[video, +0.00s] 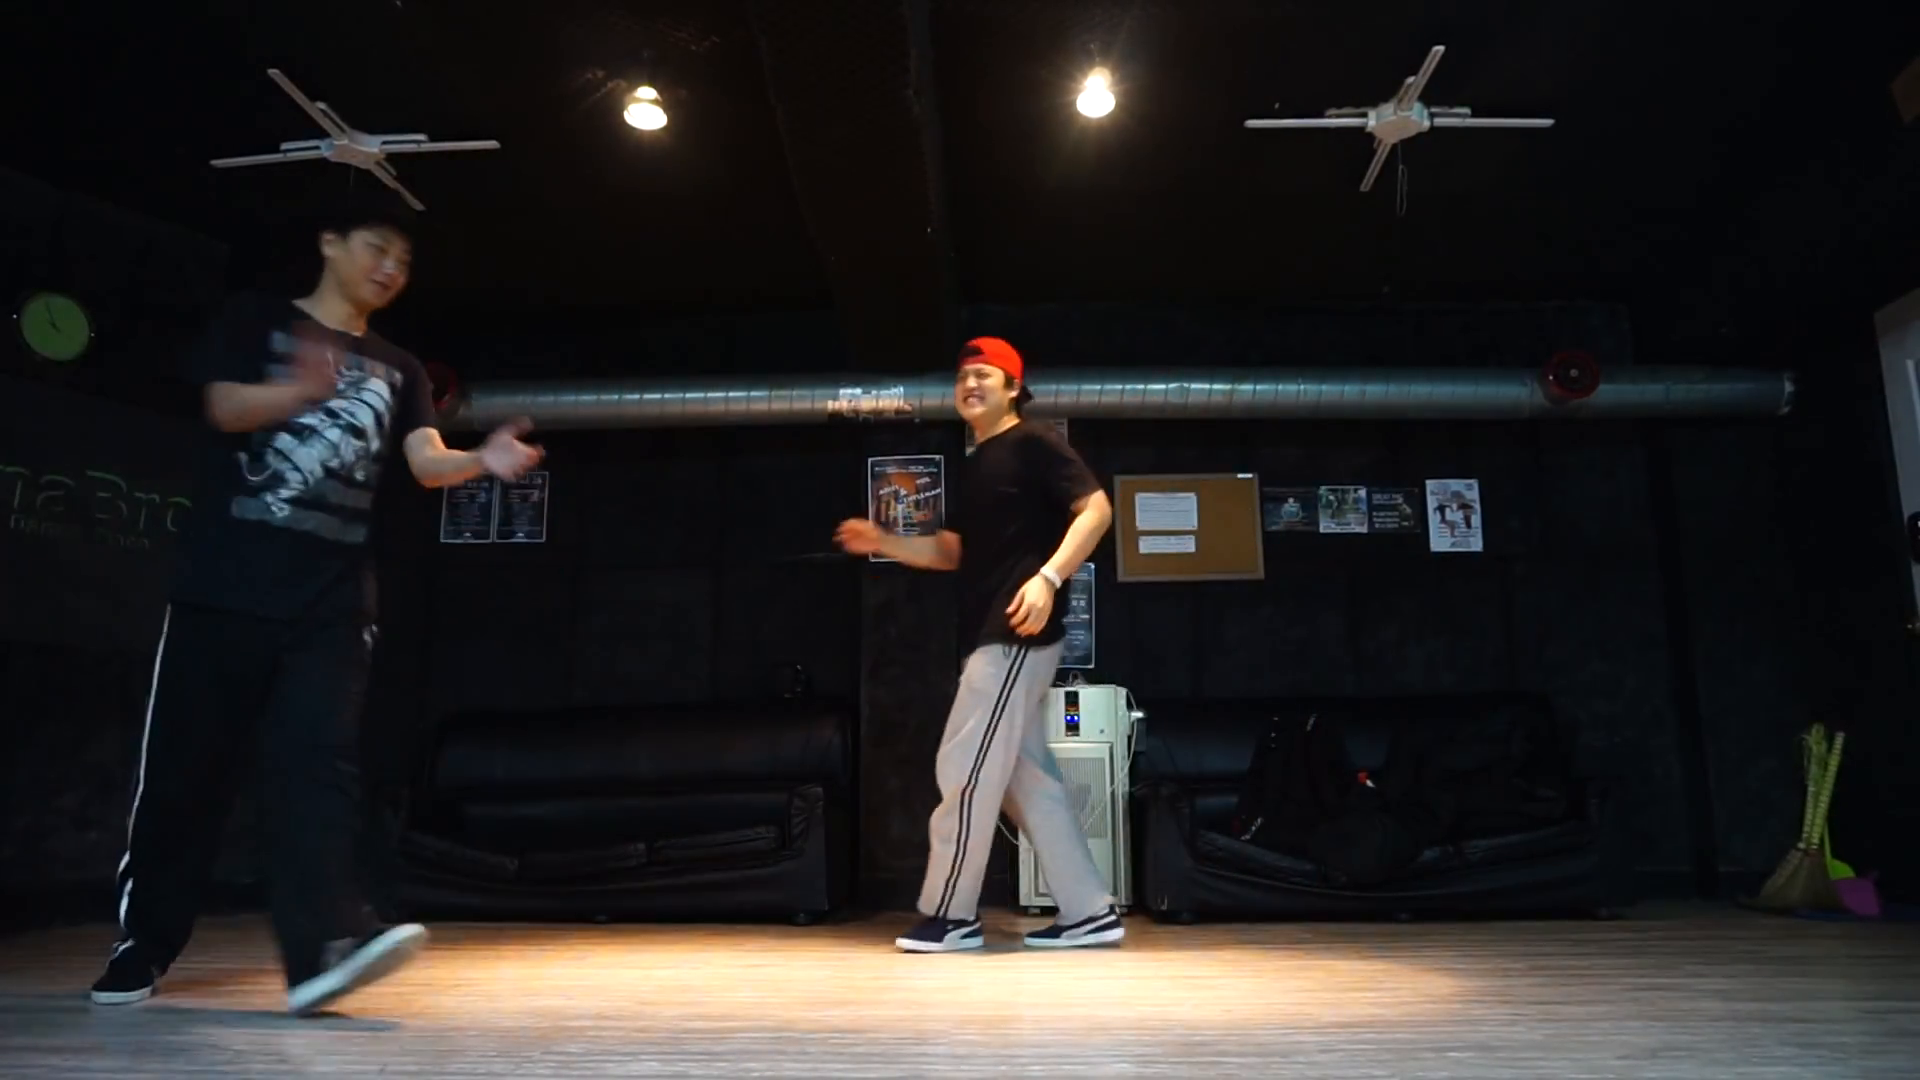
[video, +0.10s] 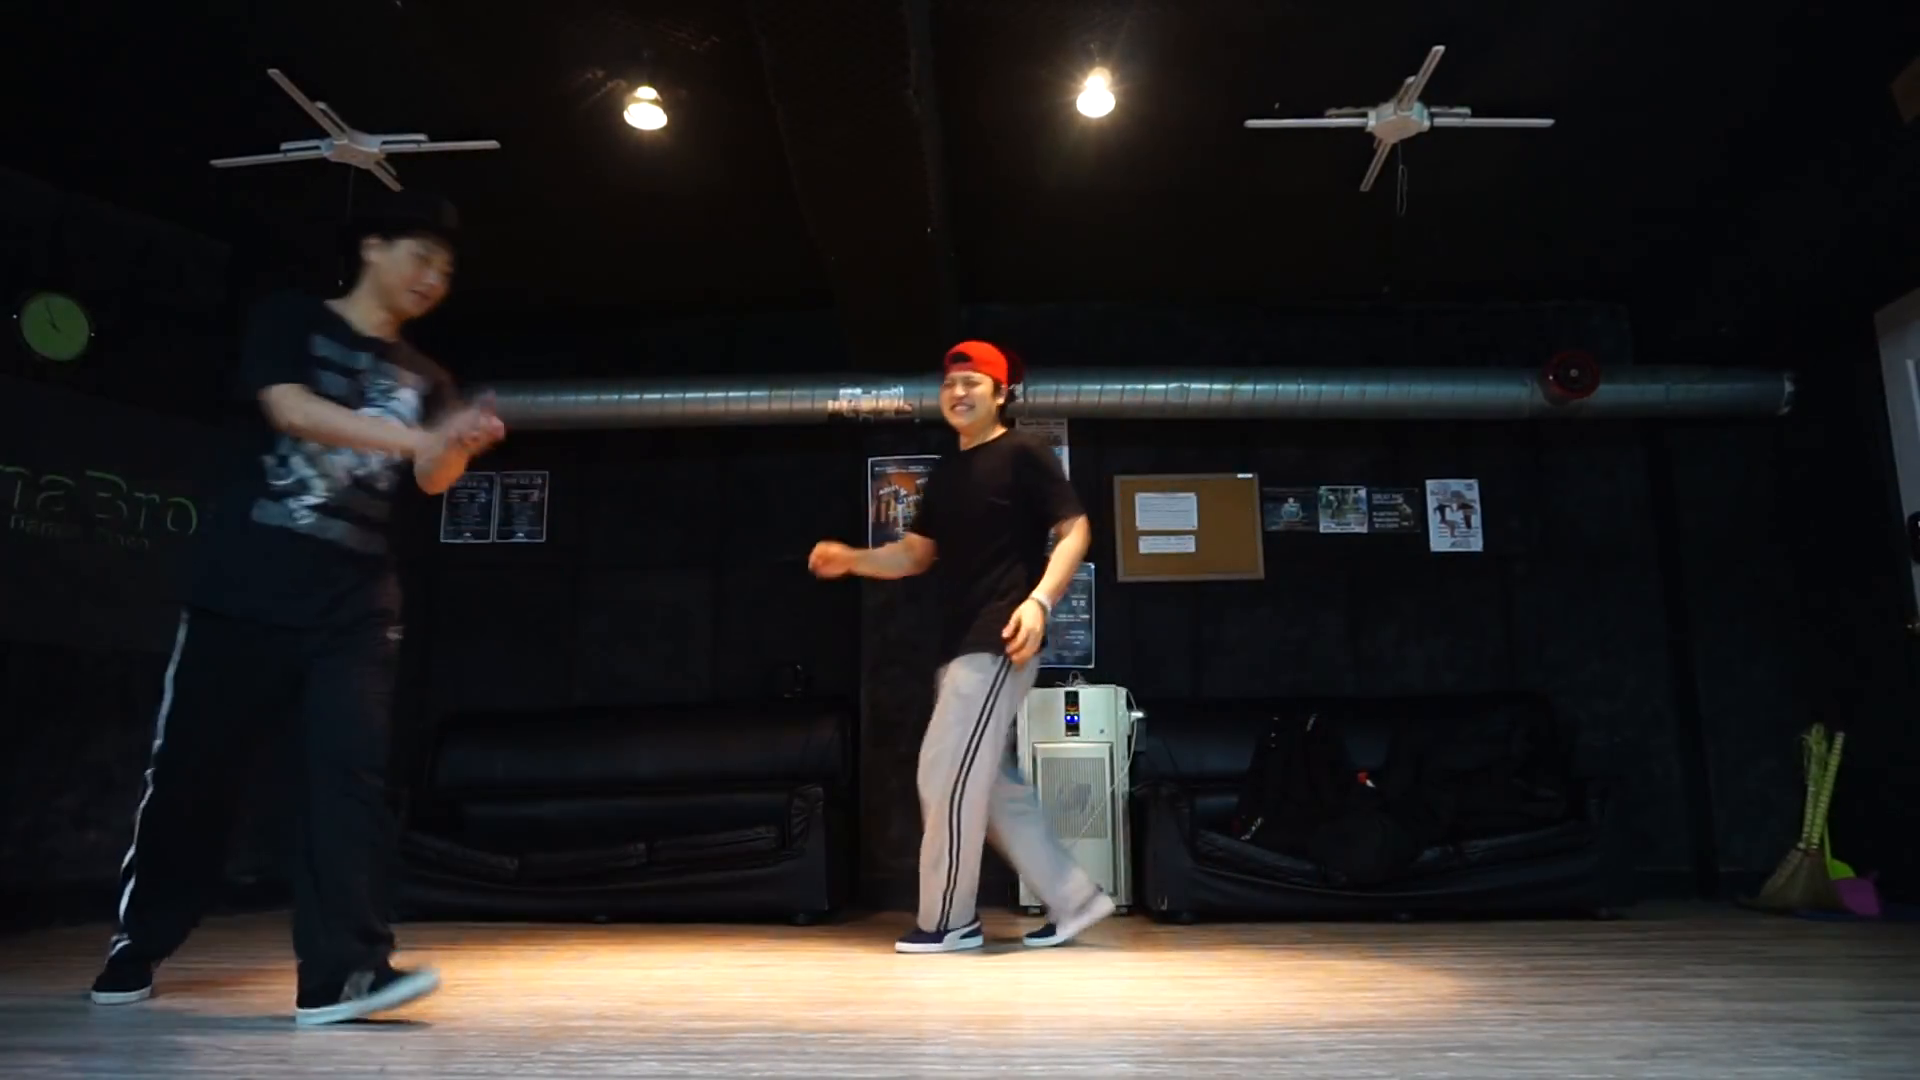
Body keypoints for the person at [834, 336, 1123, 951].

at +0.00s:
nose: (970, 385)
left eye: (983, 376)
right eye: (964, 377)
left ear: (1012, 390)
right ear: (957, 393)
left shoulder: (1035, 444)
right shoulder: (973, 465)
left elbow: (1097, 509)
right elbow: (952, 552)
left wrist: (1049, 578)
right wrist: (883, 541)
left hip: (1019, 634)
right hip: (993, 636)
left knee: (966, 766)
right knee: (1025, 774)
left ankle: (950, 917)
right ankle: (1089, 912)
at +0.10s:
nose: (957, 392)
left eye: (972, 383)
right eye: (950, 384)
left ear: (1000, 396)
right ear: (943, 397)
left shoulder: (1023, 456)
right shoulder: (949, 470)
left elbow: (1075, 532)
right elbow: (915, 553)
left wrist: (1040, 602)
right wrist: (853, 559)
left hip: (1001, 638)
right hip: (966, 639)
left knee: (946, 773)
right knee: (988, 781)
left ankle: (949, 923)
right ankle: (1074, 900)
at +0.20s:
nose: (948, 401)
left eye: (962, 391)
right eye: (939, 391)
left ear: (989, 401)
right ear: (929, 401)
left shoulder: (1015, 467)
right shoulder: (925, 473)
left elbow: (1057, 546)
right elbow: (894, 551)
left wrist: (1031, 605)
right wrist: (848, 579)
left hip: (983, 641)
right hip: (924, 644)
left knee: (939, 777)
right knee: (901, 782)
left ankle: (951, 926)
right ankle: (1033, 870)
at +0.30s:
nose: (935, 396)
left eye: (949, 388)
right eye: (928, 387)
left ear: (976, 399)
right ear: (918, 399)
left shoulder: (1004, 468)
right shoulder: (907, 469)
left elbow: (1042, 548)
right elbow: (881, 547)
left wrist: (1023, 601)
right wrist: (856, 586)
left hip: (965, 645)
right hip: (896, 646)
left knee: (936, 778)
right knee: (865, 775)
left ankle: (951, 925)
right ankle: (974, 860)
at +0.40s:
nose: (924, 380)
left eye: (938, 372)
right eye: (917, 371)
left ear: (965, 386)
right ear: (906, 385)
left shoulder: (992, 454)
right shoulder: (889, 455)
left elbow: (1029, 535)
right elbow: (868, 535)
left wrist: (1011, 583)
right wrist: (858, 578)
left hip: (953, 644)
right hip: (879, 643)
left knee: (942, 784)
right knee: (849, 764)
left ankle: (953, 923)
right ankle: (896, 901)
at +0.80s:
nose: (864, 383)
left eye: (877, 374)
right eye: (854, 373)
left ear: (898, 387)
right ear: (838, 385)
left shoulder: (922, 460)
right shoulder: (807, 457)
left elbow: (961, 549)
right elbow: (767, 535)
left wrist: (926, 544)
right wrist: (792, 555)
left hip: (883, 649)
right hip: (803, 647)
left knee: (889, 787)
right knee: (795, 788)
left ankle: (937, 911)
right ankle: (813, 928)